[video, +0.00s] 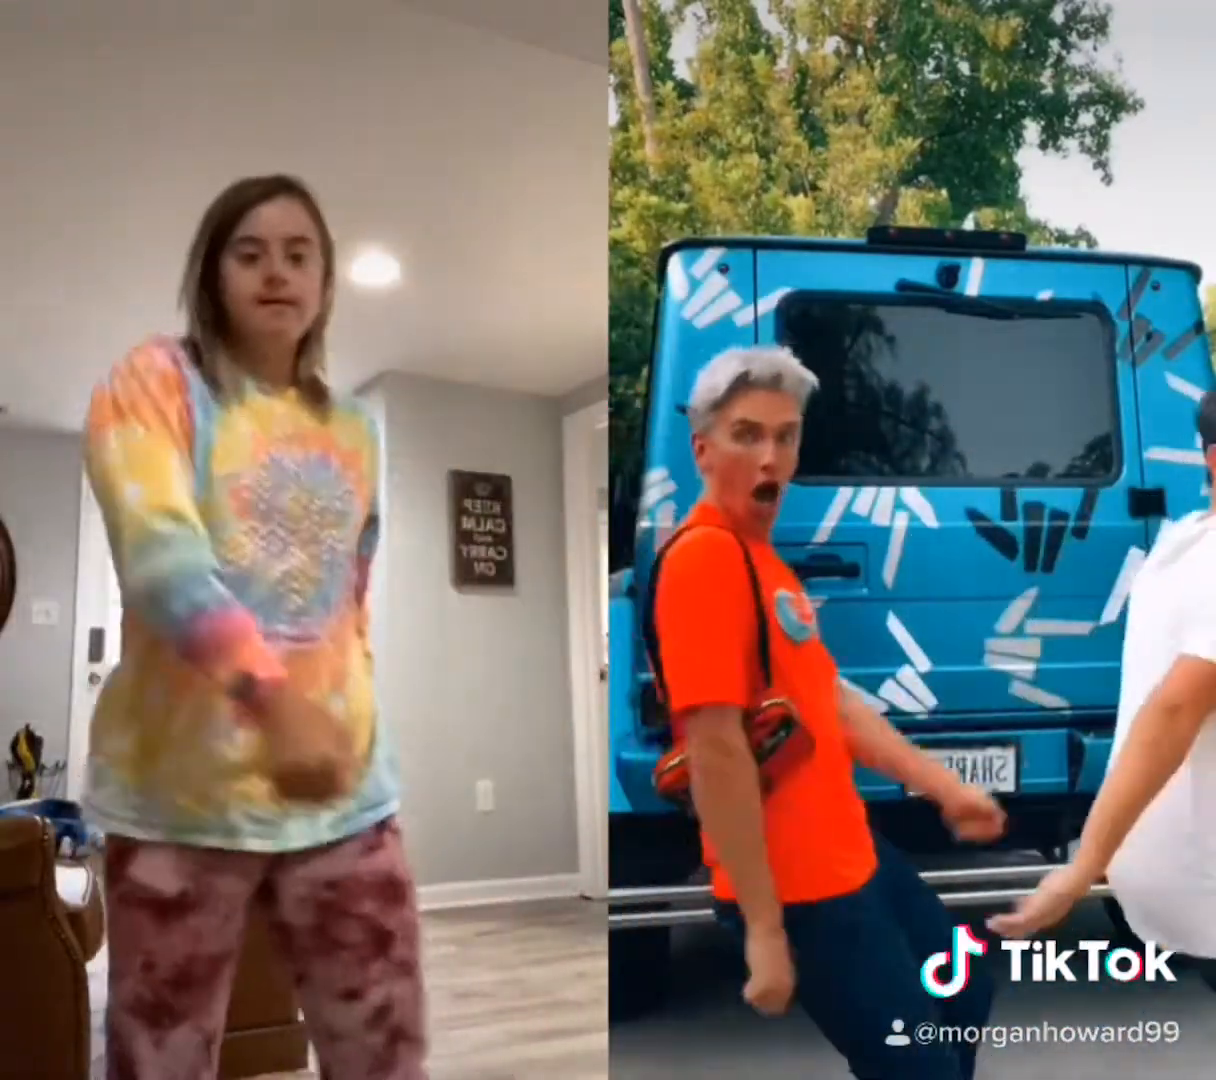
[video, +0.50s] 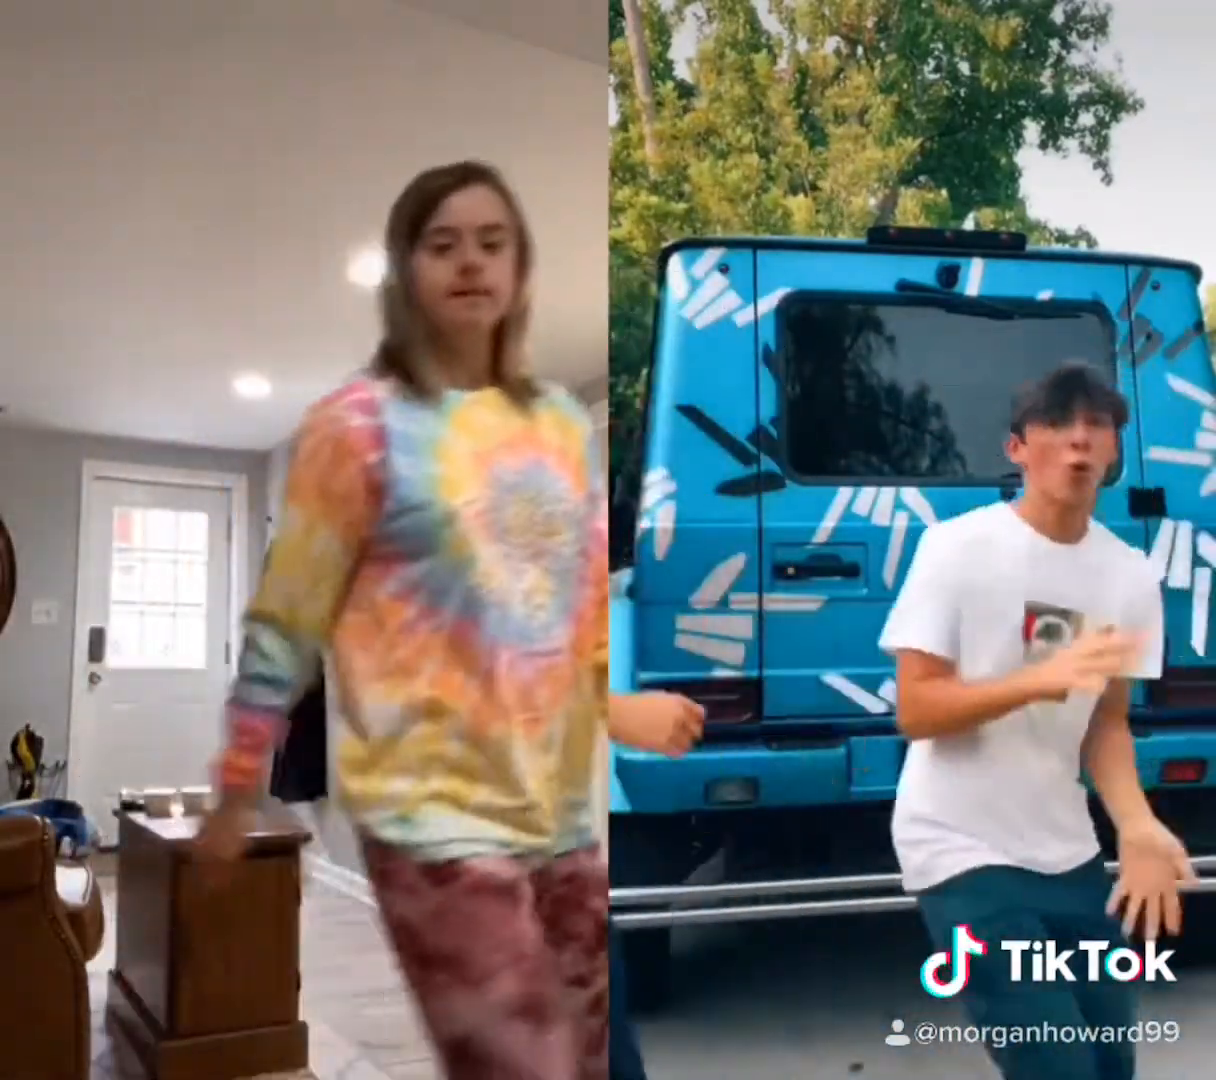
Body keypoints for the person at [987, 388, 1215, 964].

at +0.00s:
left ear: (1207, 458)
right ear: (1211, 458)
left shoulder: (1172, 548)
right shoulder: (1203, 552)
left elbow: (1161, 706)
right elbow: (1176, 707)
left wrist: (1095, 864)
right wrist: (1084, 866)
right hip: (1198, 904)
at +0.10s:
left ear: (1185, 451)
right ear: (1187, 450)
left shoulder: (1162, 528)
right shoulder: (1195, 536)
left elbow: (1130, 703)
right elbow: (1132, 705)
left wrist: (1090, 877)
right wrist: (1084, 879)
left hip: (1172, 895)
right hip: (1196, 903)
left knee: (1215, 1052)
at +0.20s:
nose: (1207, 426)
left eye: (1213, 408)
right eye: (1186, 407)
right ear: (1134, 419)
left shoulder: (1163, 507)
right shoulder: (1142, 518)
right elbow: (1080, 701)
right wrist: (1138, 876)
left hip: (1173, 835)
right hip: (1163, 852)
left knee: (1177, 1042)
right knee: (1183, 1046)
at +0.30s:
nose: (1161, 435)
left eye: (1174, 417)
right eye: (1138, 414)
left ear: (1187, 428)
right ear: (1089, 429)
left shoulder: (1153, 531)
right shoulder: (1067, 539)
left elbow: (1168, 672)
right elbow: (1037, 719)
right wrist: (1182, 799)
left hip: (1129, 835)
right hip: (1078, 848)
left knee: (1107, 1053)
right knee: (1175, 1053)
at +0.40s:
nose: (1125, 454)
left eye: (1140, 438)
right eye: (1104, 437)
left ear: (1154, 457)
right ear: (1060, 458)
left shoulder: (1152, 581)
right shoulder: (1007, 560)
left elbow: (1139, 728)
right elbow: (1004, 731)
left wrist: (1200, 850)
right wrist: (1159, 699)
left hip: (1089, 855)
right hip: (1001, 860)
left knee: (1102, 1057)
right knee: (1131, 1058)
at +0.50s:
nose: (1082, 448)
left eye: (1096, 433)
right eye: (1061, 431)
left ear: (1113, 453)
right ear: (1019, 449)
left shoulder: (1130, 575)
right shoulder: (954, 550)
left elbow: (1108, 725)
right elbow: (916, 710)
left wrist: (1137, 825)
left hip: (1066, 845)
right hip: (961, 843)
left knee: (1111, 1059)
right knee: (1060, 1058)